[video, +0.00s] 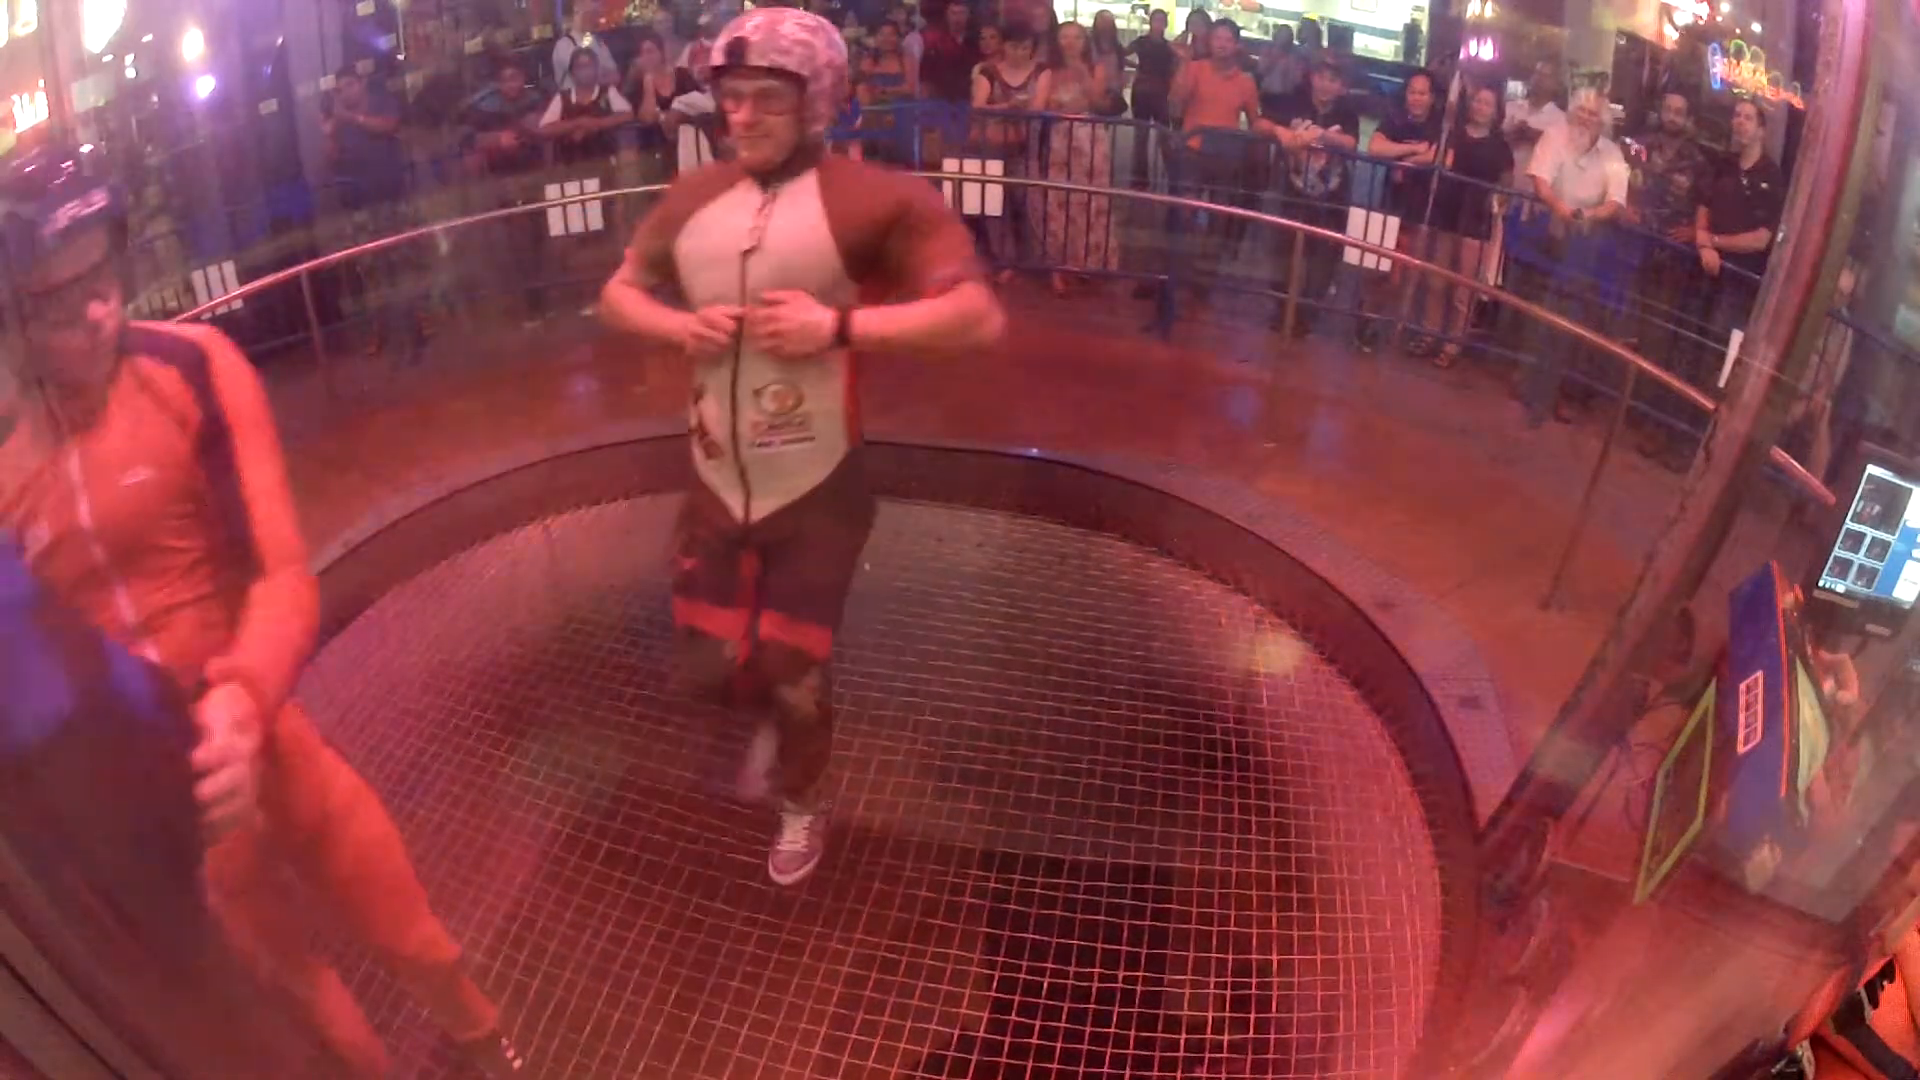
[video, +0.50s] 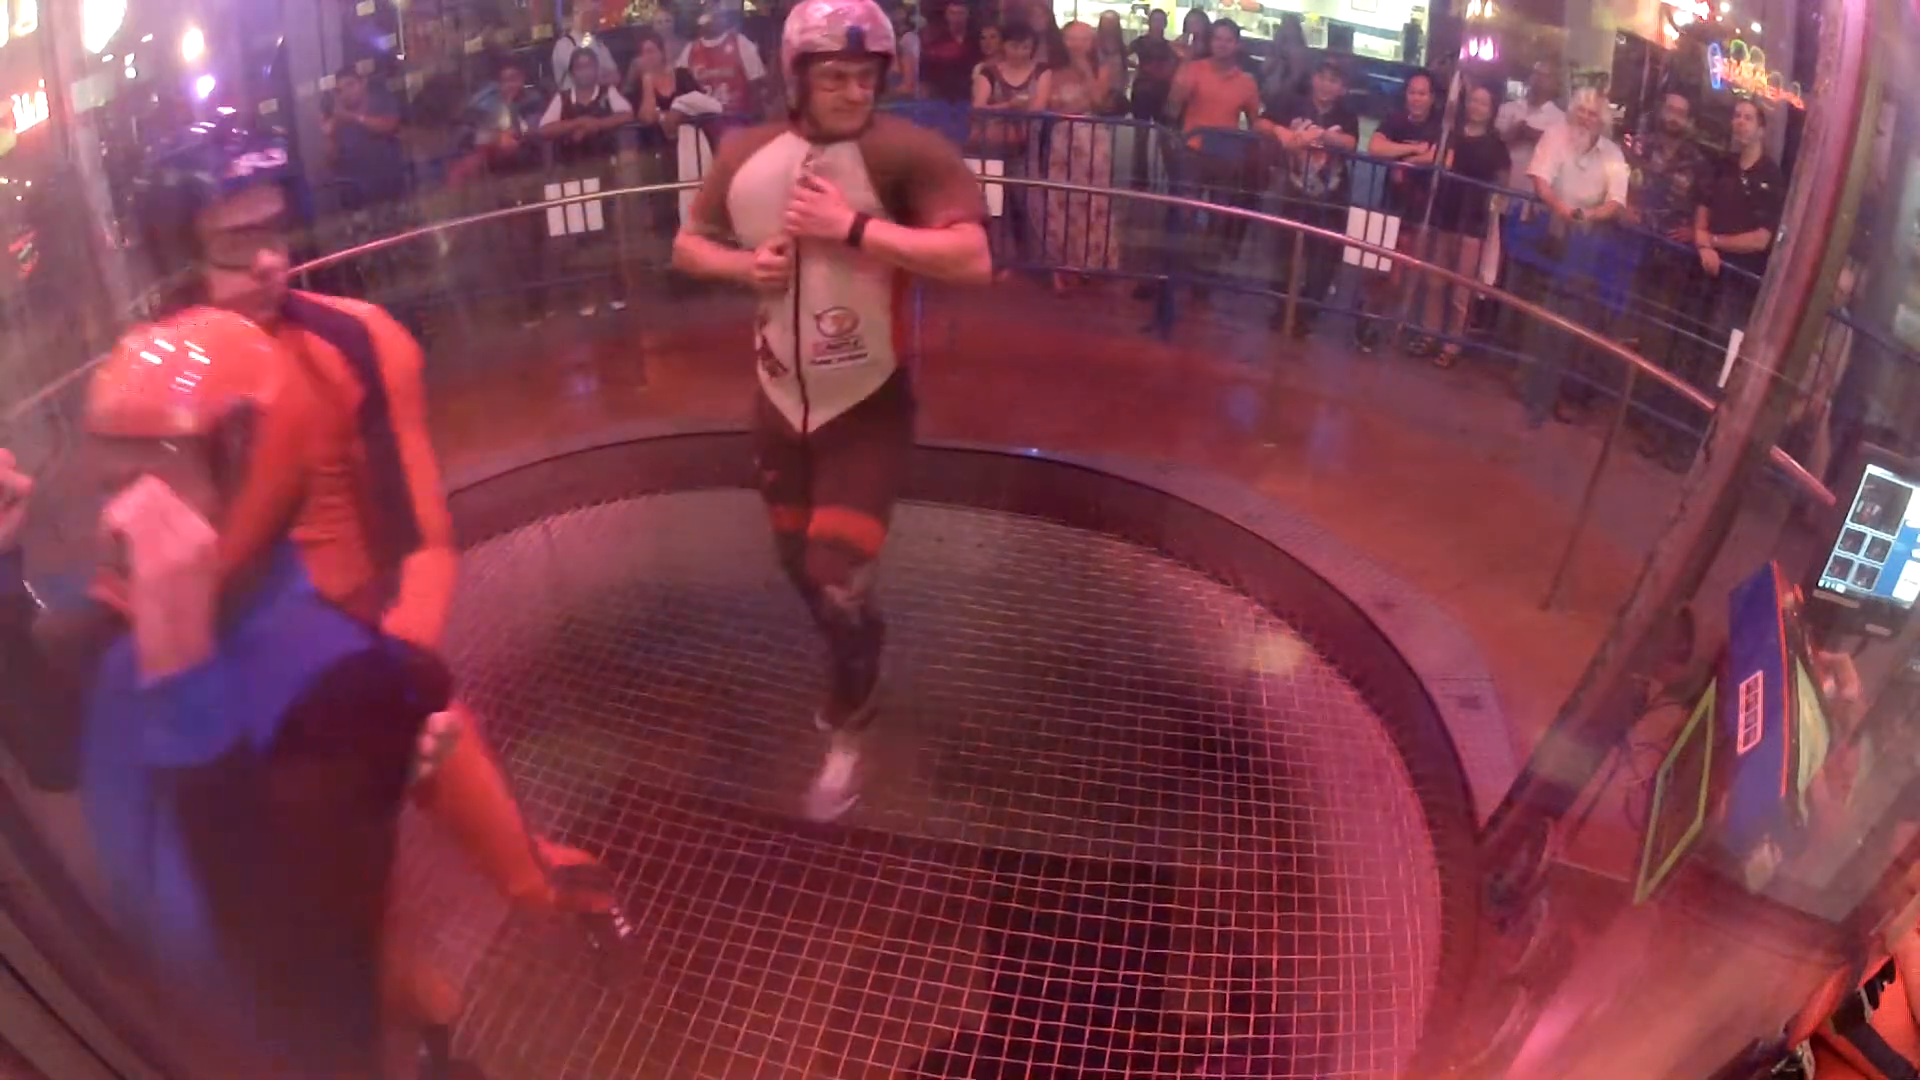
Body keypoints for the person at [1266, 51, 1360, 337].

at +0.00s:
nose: (1330, 87)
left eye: (1336, 82)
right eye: (1326, 80)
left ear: (1343, 86)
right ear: (1312, 78)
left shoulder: (1346, 111)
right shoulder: (1291, 103)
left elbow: (1351, 144)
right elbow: (1260, 125)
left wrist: (1323, 136)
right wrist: (1282, 134)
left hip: (1332, 196)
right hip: (1295, 190)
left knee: (1325, 255)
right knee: (1287, 248)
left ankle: (1307, 311)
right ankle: (1281, 306)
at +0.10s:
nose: (1335, 87)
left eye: (1338, 81)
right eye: (1330, 80)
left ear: (1343, 85)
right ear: (1313, 78)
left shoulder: (1346, 111)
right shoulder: (1290, 103)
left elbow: (1352, 143)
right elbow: (1260, 125)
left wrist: (1323, 136)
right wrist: (1285, 136)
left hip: (1332, 196)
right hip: (1295, 189)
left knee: (1325, 254)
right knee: (1287, 248)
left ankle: (1308, 312)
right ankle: (1281, 306)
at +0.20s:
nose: (1325, 85)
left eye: (1332, 80)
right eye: (1321, 78)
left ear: (1342, 87)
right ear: (1310, 79)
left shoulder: (1346, 113)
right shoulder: (1291, 105)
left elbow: (1351, 144)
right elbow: (1259, 124)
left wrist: (1321, 135)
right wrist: (1283, 135)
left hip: (1331, 195)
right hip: (1295, 188)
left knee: (1324, 254)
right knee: (1287, 247)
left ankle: (1307, 313)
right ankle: (1281, 306)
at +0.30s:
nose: (1326, 86)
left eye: (1334, 81)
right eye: (1323, 79)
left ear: (1343, 88)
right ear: (1313, 79)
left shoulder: (1346, 113)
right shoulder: (1293, 105)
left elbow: (1351, 144)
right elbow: (1260, 124)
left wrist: (1321, 135)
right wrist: (1285, 135)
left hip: (1331, 195)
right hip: (1295, 188)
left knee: (1324, 254)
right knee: (1287, 247)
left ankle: (1307, 314)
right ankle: (1282, 306)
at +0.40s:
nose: (1330, 86)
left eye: (1336, 81)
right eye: (1326, 79)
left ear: (1343, 87)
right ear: (1314, 79)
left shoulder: (1346, 112)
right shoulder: (1293, 105)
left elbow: (1351, 144)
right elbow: (1260, 124)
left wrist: (1321, 135)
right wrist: (1284, 134)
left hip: (1330, 195)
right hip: (1295, 189)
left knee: (1324, 255)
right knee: (1287, 247)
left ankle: (1307, 314)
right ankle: (1281, 306)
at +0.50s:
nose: (1329, 87)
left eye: (1335, 82)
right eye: (1324, 79)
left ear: (1343, 88)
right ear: (1313, 79)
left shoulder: (1345, 113)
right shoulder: (1292, 103)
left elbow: (1351, 144)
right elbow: (1261, 123)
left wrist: (1322, 135)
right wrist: (1286, 135)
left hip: (1330, 196)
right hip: (1294, 189)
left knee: (1325, 255)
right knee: (1286, 248)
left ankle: (1307, 314)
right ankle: (1281, 306)